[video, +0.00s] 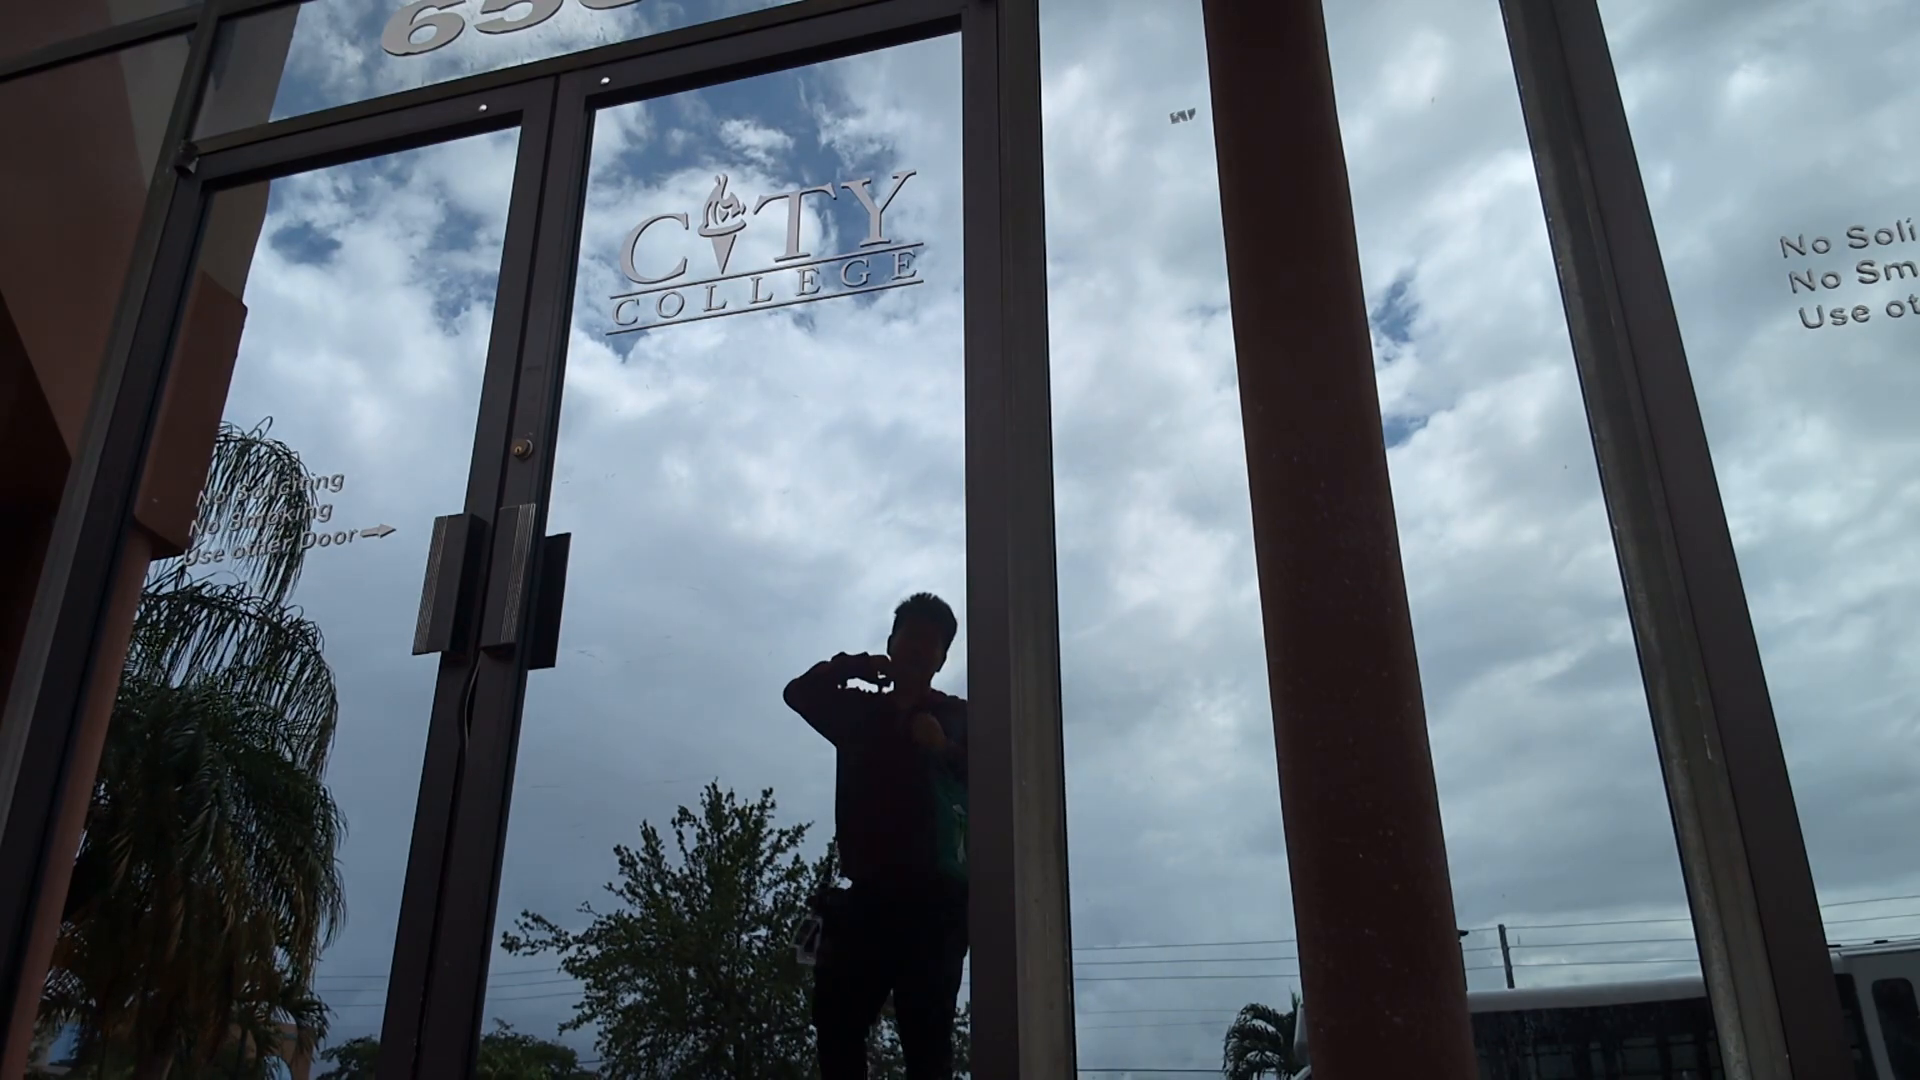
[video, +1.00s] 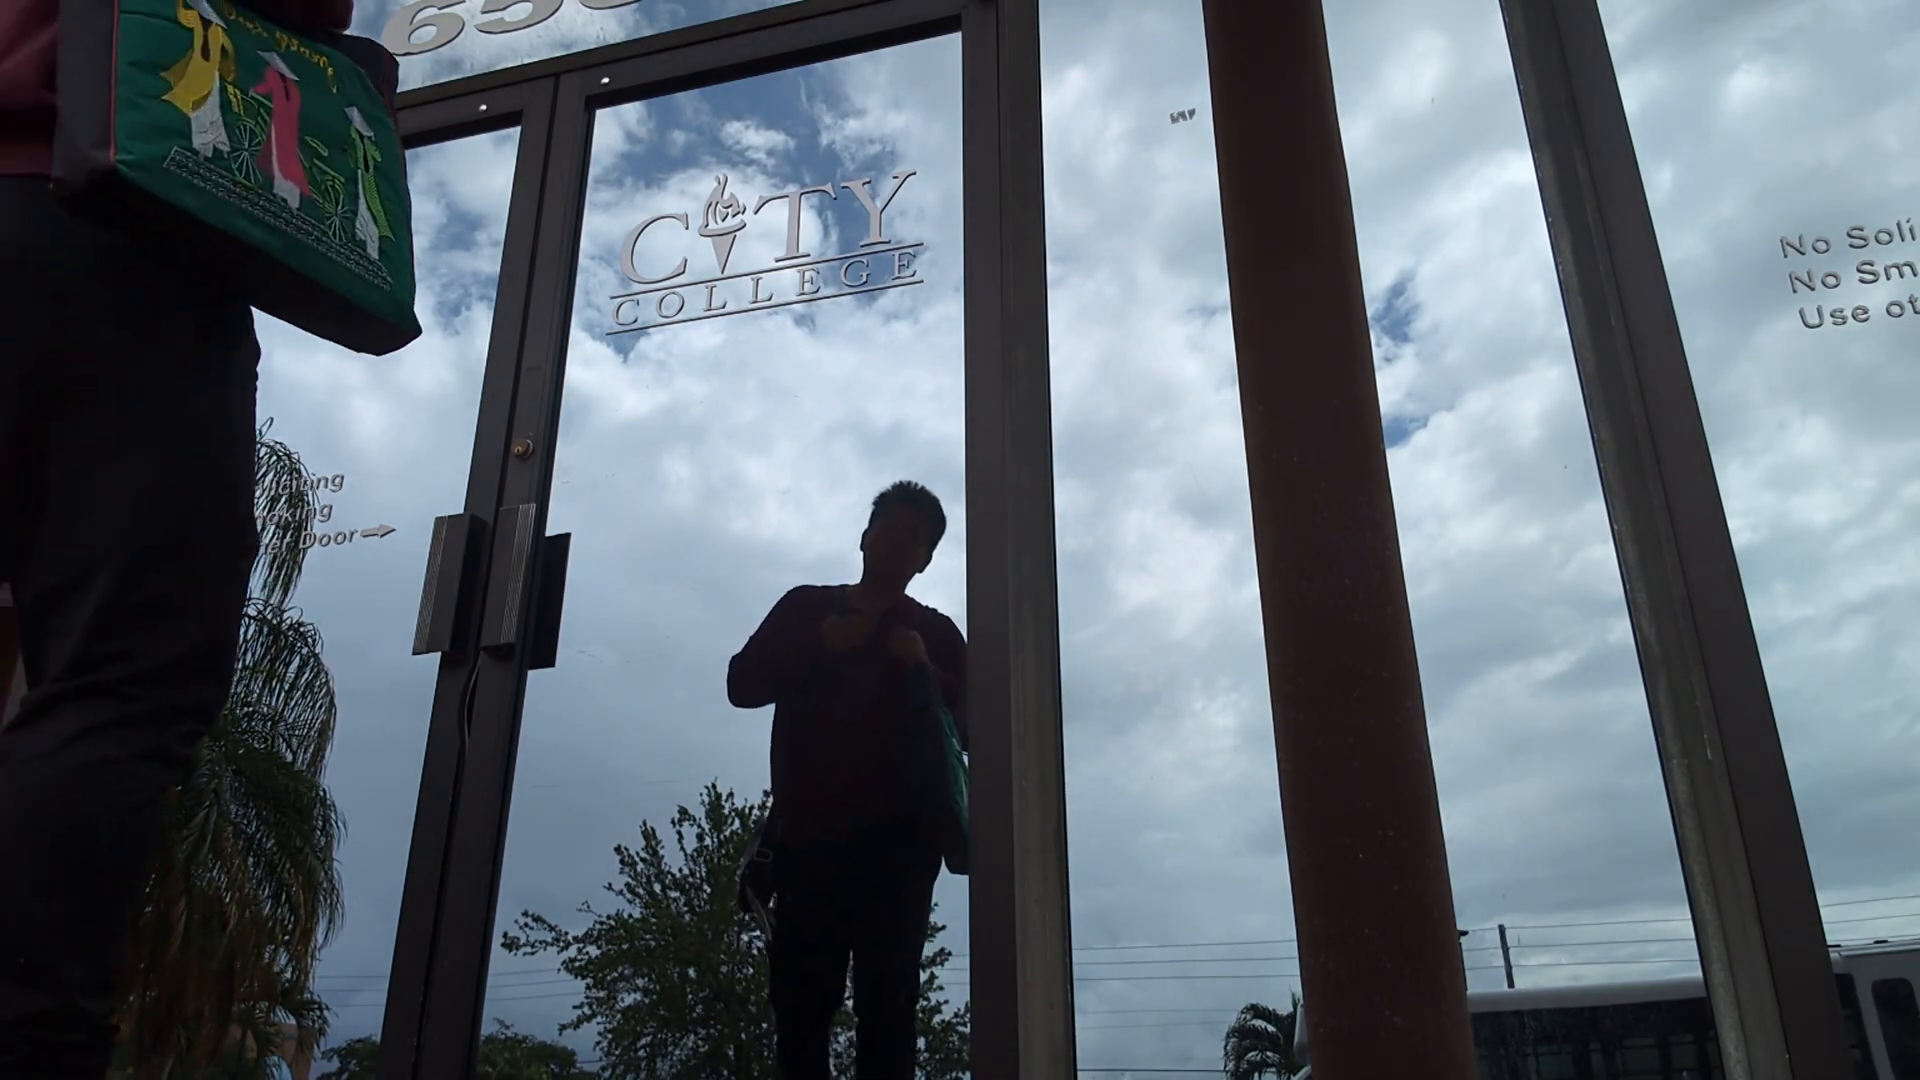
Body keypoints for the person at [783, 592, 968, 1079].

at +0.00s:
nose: (915, 650)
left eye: (928, 642)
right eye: (906, 638)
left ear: (943, 654)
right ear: (891, 644)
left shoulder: (963, 717)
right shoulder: (860, 713)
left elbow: (990, 780)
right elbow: (800, 693)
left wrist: (946, 748)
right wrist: (855, 665)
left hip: (938, 893)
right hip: (868, 891)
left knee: (926, 1034)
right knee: (837, 1028)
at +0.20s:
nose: (895, 634)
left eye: (909, 627)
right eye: (887, 621)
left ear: (923, 644)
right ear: (870, 628)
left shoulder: (942, 705)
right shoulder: (838, 696)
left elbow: (972, 772)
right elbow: (787, 650)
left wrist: (923, 738)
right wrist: (850, 645)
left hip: (918, 891)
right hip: (846, 885)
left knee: (918, 1043)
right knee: (826, 1043)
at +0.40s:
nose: (876, 609)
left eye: (890, 602)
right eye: (869, 595)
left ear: (904, 617)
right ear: (847, 600)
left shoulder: (920, 682)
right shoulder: (809, 675)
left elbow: (966, 764)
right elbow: (756, 633)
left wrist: (911, 714)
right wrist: (823, 625)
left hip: (897, 868)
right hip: (819, 863)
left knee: (898, 1022)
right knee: (805, 1026)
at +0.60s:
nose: (866, 586)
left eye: (882, 579)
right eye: (859, 572)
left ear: (896, 598)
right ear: (839, 578)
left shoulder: (910, 665)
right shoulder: (798, 652)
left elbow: (956, 753)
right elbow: (731, 658)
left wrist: (901, 696)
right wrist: (808, 621)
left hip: (889, 860)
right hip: (806, 856)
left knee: (888, 1015)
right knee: (802, 1019)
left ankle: (883, 1077)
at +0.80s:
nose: (871, 571)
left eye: (887, 565)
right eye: (863, 557)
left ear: (902, 582)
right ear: (841, 563)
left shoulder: (915, 651)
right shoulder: (786, 635)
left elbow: (959, 748)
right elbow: (723, 696)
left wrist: (903, 687)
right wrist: (806, 641)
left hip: (890, 856)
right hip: (803, 852)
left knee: (881, 1020)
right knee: (802, 1021)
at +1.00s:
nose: (896, 545)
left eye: (913, 539)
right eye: (888, 530)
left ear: (927, 557)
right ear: (866, 534)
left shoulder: (939, 633)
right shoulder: (805, 606)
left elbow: (972, 732)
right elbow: (741, 687)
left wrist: (920, 666)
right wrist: (820, 643)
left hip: (902, 840)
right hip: (809, 832)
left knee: (889, 1008)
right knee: (800, 1009)